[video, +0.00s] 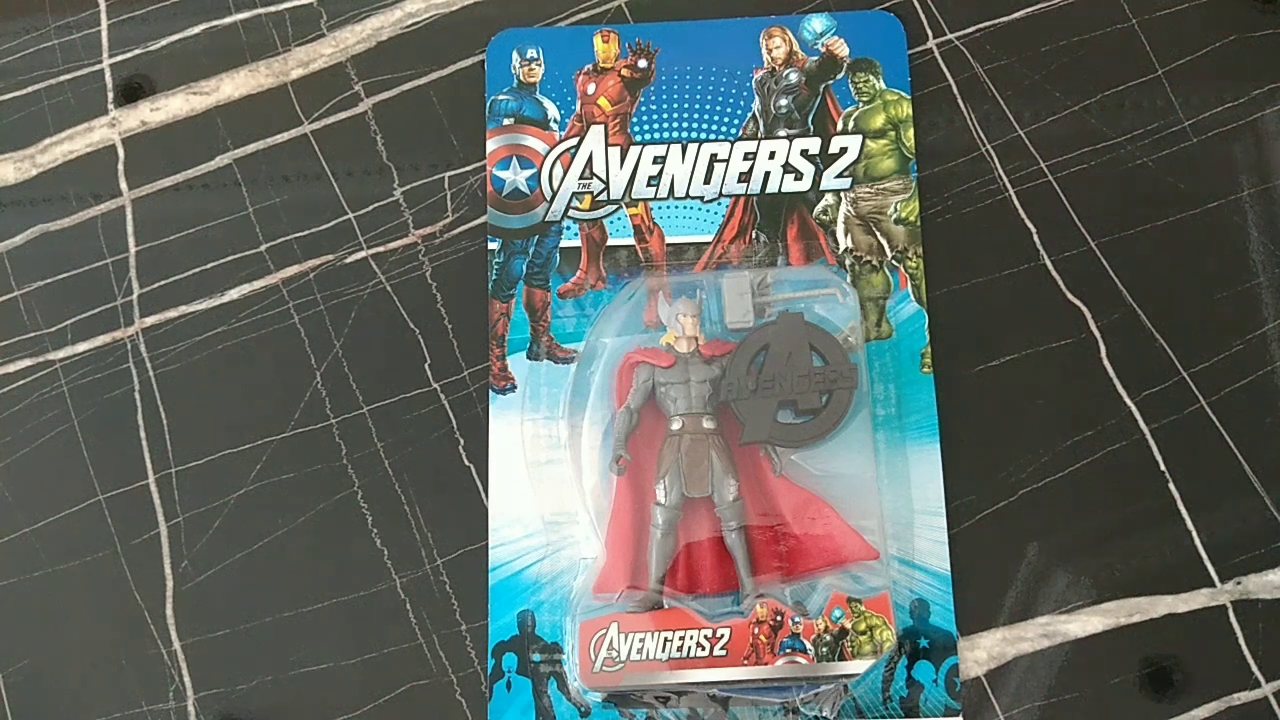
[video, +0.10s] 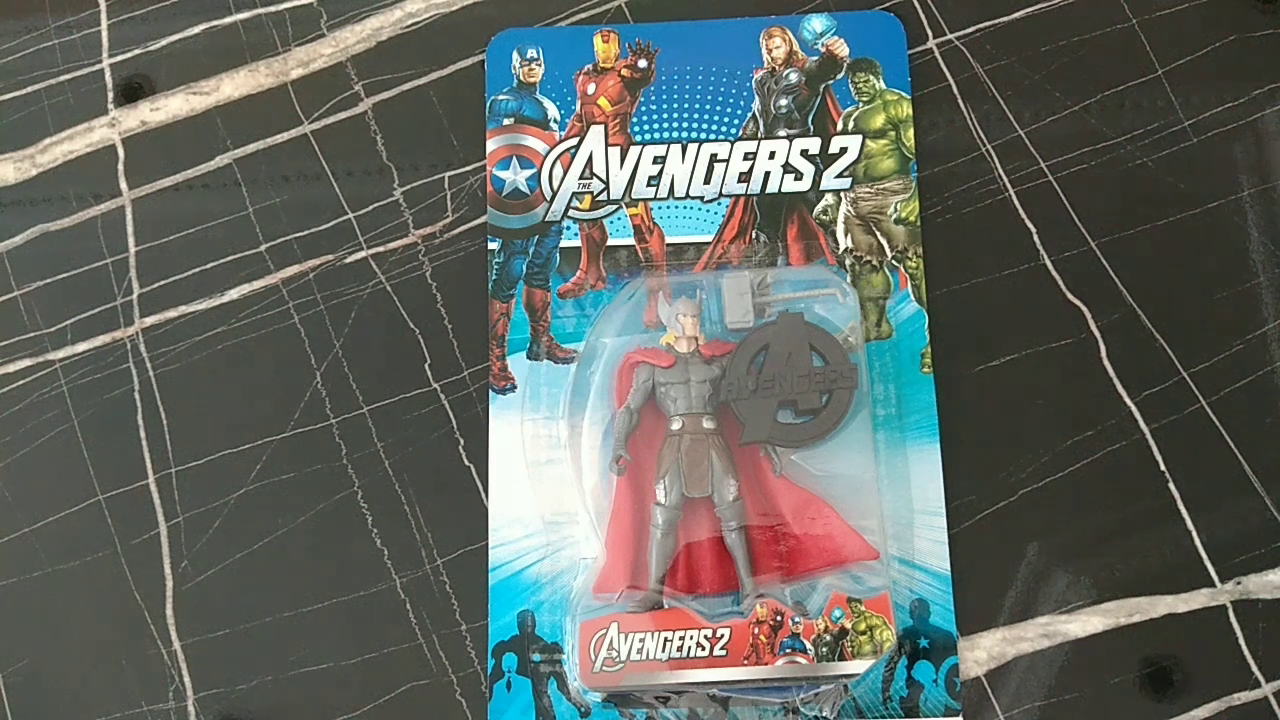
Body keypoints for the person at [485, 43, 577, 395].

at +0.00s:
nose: (531, 69)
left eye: (535, 64)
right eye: (525, 64)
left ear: (543, 68)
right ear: (516, 68)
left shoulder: (551, 107)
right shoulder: (501, 103)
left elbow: (557, 154)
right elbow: (497, 155)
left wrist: (564, 201)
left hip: (547, 205)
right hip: (512, 209)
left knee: (542, 274)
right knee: (507, 280)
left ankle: (542, 343)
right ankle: (496, 360)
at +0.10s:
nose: (531, 69)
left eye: (535, 64)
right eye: (525, 64)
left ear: (543, 68)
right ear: (516, 68)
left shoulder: (551, 107)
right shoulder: (501, 103)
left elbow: (557, 154)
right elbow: (497, 155)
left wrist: (564, 201)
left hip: (547, 205)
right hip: (512, 209)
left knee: (542, 274)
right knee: (507, 280)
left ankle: (542, 343)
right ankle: (496, 360)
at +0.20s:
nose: (531, 69)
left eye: (536, 64)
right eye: (525, 64)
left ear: (543, 68)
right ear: (516, 68)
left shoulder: (551, 107)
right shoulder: (501, 104)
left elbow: (558, 155)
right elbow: (495, 155)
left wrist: (565, 202)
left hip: (548, 207)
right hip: (510, 210)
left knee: (541, 274)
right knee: (506, 282)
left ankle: (542, 342)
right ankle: (497, 361)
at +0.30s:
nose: (531, 69)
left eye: (535, 64)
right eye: (525, 64)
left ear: (542, 68)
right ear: (516, 68)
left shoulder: (551, 107)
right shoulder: (501, 104)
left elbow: (558, 155)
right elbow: (495, 155)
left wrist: (565, 202)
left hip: (548, 207)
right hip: (510, 210)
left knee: (541, 274)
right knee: (506, 282)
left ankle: (542, 342)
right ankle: (497, 361)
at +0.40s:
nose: (531, 69)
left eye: (536, 64)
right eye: (525, 64)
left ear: (543, 68)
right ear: (516, 68)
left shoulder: (551, 107)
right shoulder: (501, 104)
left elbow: (558, 155)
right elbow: (495, 155)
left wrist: (565, 202)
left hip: (548, 207)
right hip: (511, 209)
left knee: (541, 274)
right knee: (506, 281)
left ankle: (542, 342)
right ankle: (497, 361)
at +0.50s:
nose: (531, 69)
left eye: (535, 64)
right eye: (525, 64)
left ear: (543, 68)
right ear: (516, 68)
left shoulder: (550, 107)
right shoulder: (500, 104)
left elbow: (557, 154)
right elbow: (494, 154)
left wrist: (565, 200)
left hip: (547, 205)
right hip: (511, 208)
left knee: (542, 274)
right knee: (507, 280)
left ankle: (542, 342)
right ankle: (496, 360)